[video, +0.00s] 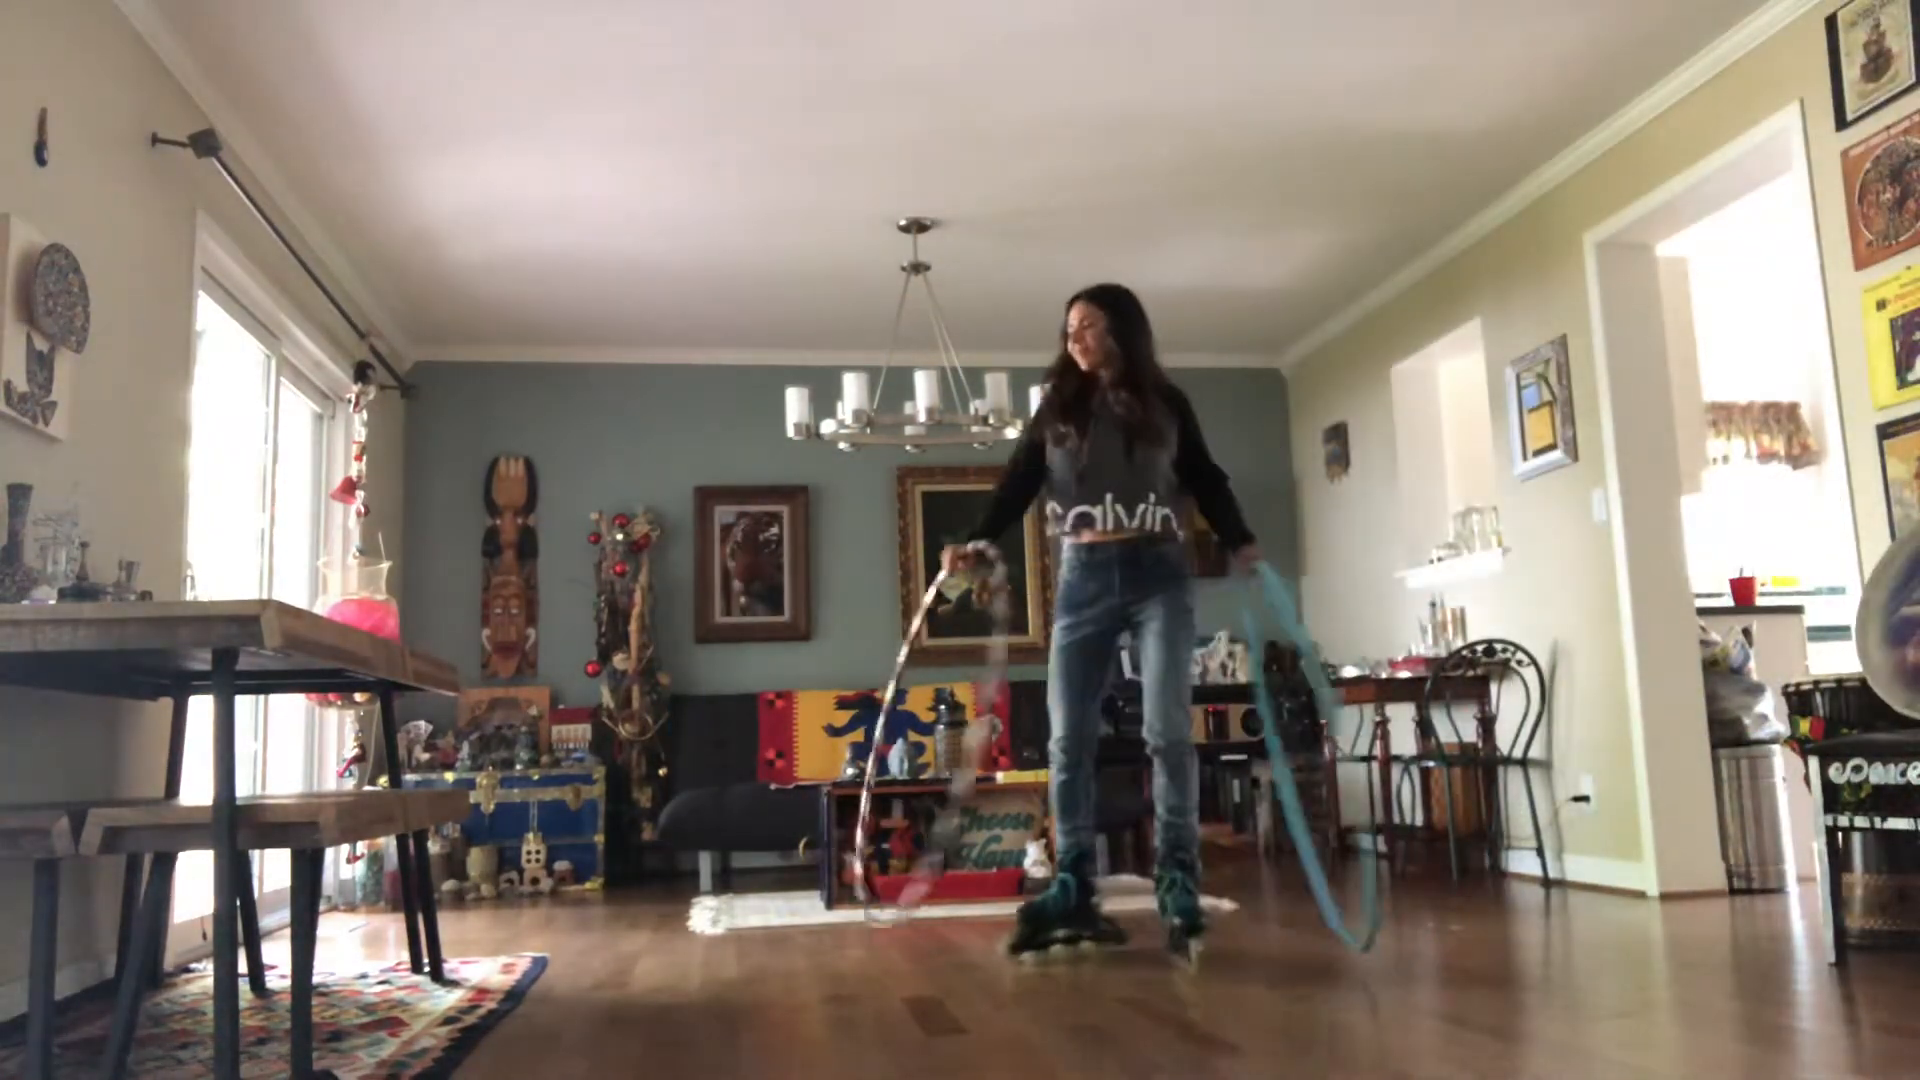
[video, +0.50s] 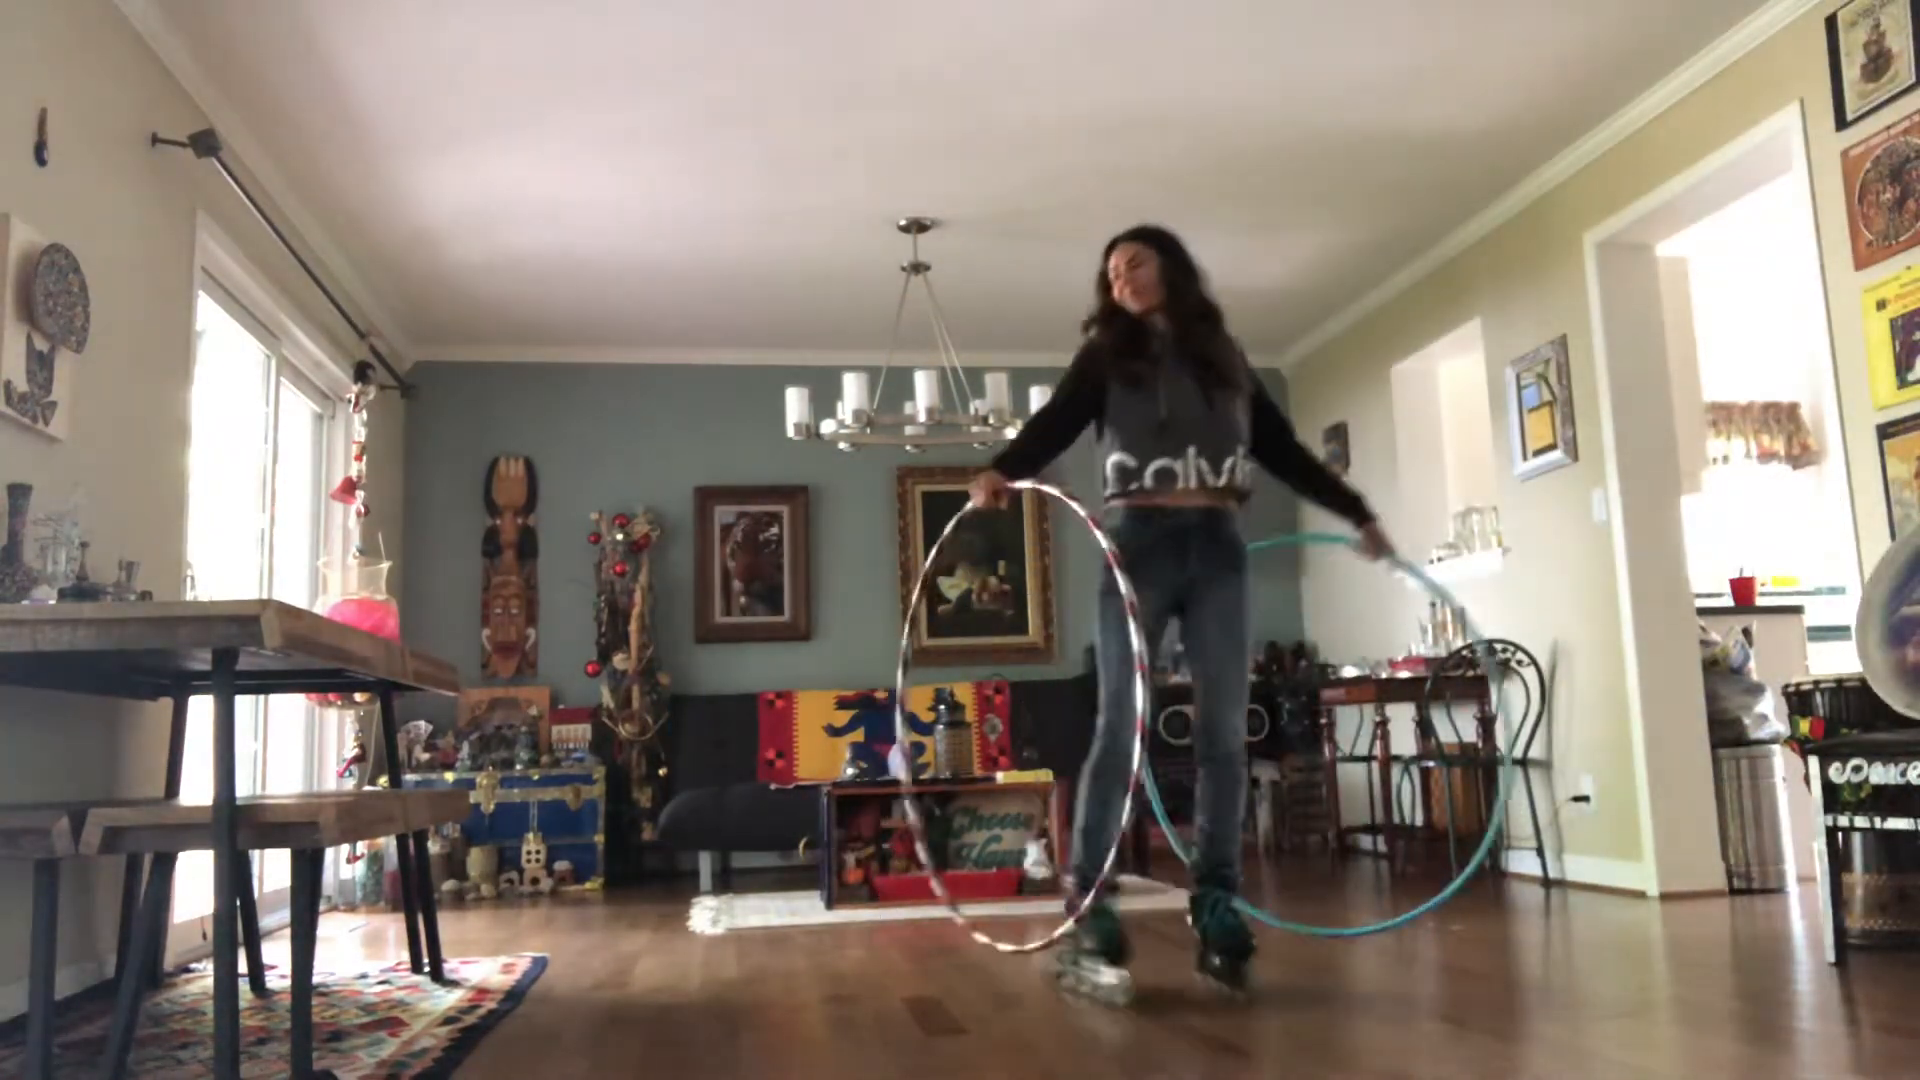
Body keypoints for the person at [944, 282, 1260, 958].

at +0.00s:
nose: (1078, 340)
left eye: (1090, 328)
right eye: (1072, 332)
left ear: (1123, 331)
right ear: (1067, 341)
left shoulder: (1165, 403)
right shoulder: (1058, 407)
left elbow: (1202, 475)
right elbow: (1021, 479)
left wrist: (1238, 537)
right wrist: (982, 539)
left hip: (1159, 573)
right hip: (1082, 579)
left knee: (1167, 732)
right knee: (1069, 738)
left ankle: (1178, 881)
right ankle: (1074, 887)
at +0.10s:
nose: (1084, 335)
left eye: (1095, 323)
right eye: (1076, 328)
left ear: (1128, 327)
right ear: (1072, 340)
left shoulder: (1171, 401)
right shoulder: (1061, 401)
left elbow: (1205, 479)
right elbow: (1021, 474)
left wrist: (1250, 533)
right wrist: (973, 530)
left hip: (1165, 573)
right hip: (1086, 576)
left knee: (1180, 734)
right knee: (1062, 735)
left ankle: (1184, 886)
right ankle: (1046, 891)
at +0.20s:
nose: (1095, 330)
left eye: (1106, 317)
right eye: (1087, 324)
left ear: (1139, 321)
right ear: (1082, 338)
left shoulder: (1182, 399)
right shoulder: (1074, 398)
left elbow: (1219, 484)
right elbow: (1029, 470)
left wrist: (1271, 539)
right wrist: (984, 525)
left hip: (1180, 581)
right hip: (1098, 584)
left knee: (1190, 739)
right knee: (1069, 742)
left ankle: (1192, 891)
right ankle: (1034, 903)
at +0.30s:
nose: (1108, 317)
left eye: (1119, 303)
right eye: (1097, 311)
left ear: (1154, 307)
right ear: (1092, 328)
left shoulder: (1197, 390)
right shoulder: (1086, 391)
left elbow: (1238, 479)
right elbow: (1043, 458)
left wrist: (1300, 542)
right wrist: (1001, 510)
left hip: (1195, 574)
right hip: (1114, 577)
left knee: (1197, 741)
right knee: (1090, 741)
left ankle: (1202, 897)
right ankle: (1046, 888)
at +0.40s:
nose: (1116, 297)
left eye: (1127, 282)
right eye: (1106, 291)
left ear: (1163, 287)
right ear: (1101, 308)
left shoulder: (1209, 372)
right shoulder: (1097, 372)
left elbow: (1257, 461)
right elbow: (1054, 438)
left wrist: (1329, 531)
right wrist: (1007, 490)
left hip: (1205, 556)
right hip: (1126, 558)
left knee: (1214, 738)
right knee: (1106, 734)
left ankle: (1211, 903)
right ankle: (1067, 902)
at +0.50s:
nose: (1126, 279)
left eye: (1137, 263)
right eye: (1115, 274)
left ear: (1175, 269)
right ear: (1110, 293)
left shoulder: (1221, 355)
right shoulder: (1108, 355)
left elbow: (1276, 446)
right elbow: (1058, 420)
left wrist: (1358, 512)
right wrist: (1005, 470)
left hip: (1217, 540)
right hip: (1139, 540)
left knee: (1223, 732)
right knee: (1121, 725)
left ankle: (1218, 901)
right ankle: (1091, 906)